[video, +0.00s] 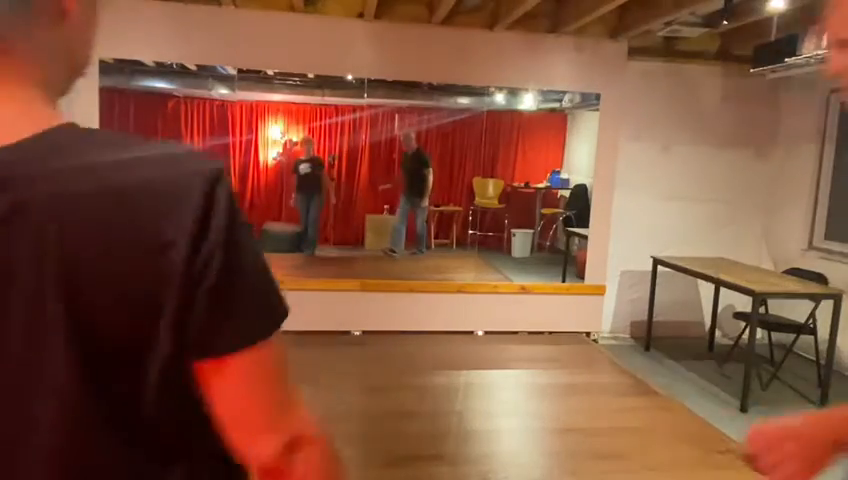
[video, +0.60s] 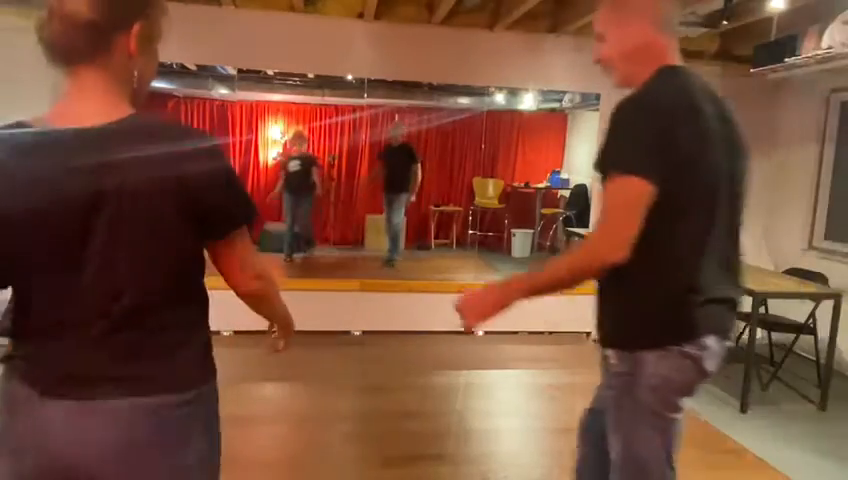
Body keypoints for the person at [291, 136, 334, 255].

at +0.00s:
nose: (308, 148)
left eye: (310, 145)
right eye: (306, 145)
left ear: (313, 146)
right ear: (302, 147)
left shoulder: (318, 161)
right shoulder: (298, 162)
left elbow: (325, 178)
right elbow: (295, 181)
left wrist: (330, 194)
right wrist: (294, 196)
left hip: (316, 193)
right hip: (302, 193)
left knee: (312, 220)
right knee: (303, 220)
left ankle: (310, 247)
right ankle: (303, 245)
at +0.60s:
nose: (297, 147)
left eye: (300, 144)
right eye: (295, 144)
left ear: (305, 144)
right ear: (291, 144)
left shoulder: (310, 159)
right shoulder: (287, 159)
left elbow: (315, 174)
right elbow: (282, 178)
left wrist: (319, 187)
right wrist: (276, 191)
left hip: (305, 192)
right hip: (290, 192)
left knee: (303, 221)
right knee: (289, 222)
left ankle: (307, 247)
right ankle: (288, 252)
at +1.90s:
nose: (300, 141)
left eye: (300, 137)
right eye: (297, 137)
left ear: (296, 139)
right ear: (289, 138)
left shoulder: (302, 158)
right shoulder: (275, 158)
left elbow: (310, 178)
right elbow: (268, 179)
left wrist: (321, 184)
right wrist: (267, 196)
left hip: (300, 200)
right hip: (281, 199)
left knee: (297, 234)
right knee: (279, 232)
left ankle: (295, 269)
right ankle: (279, 268)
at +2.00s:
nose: (301, 141)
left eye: (301, 138)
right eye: (298, 138)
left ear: (296, 140)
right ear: (289, 139)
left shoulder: (301, 158)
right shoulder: (278, 157)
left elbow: (309, 178)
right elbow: (271, 175)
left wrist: (324, 184)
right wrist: (274, 185)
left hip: (300, 199)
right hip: (283, 198)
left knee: (296, 235)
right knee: (281, 233)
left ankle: (291, 270)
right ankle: (278, 268)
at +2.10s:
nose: (302, 141)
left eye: (302, 138)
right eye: (299, 138)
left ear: (298, 140)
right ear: (290, 138)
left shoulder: (302, 159)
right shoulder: (280, 158)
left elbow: (309, 178)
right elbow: (273, 176)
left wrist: (323, 185)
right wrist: (281, 183)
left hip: (302, 200)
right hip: (285, 200)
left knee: (298, 236)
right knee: (283, 234)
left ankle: (292, 271)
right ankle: (278, 267)